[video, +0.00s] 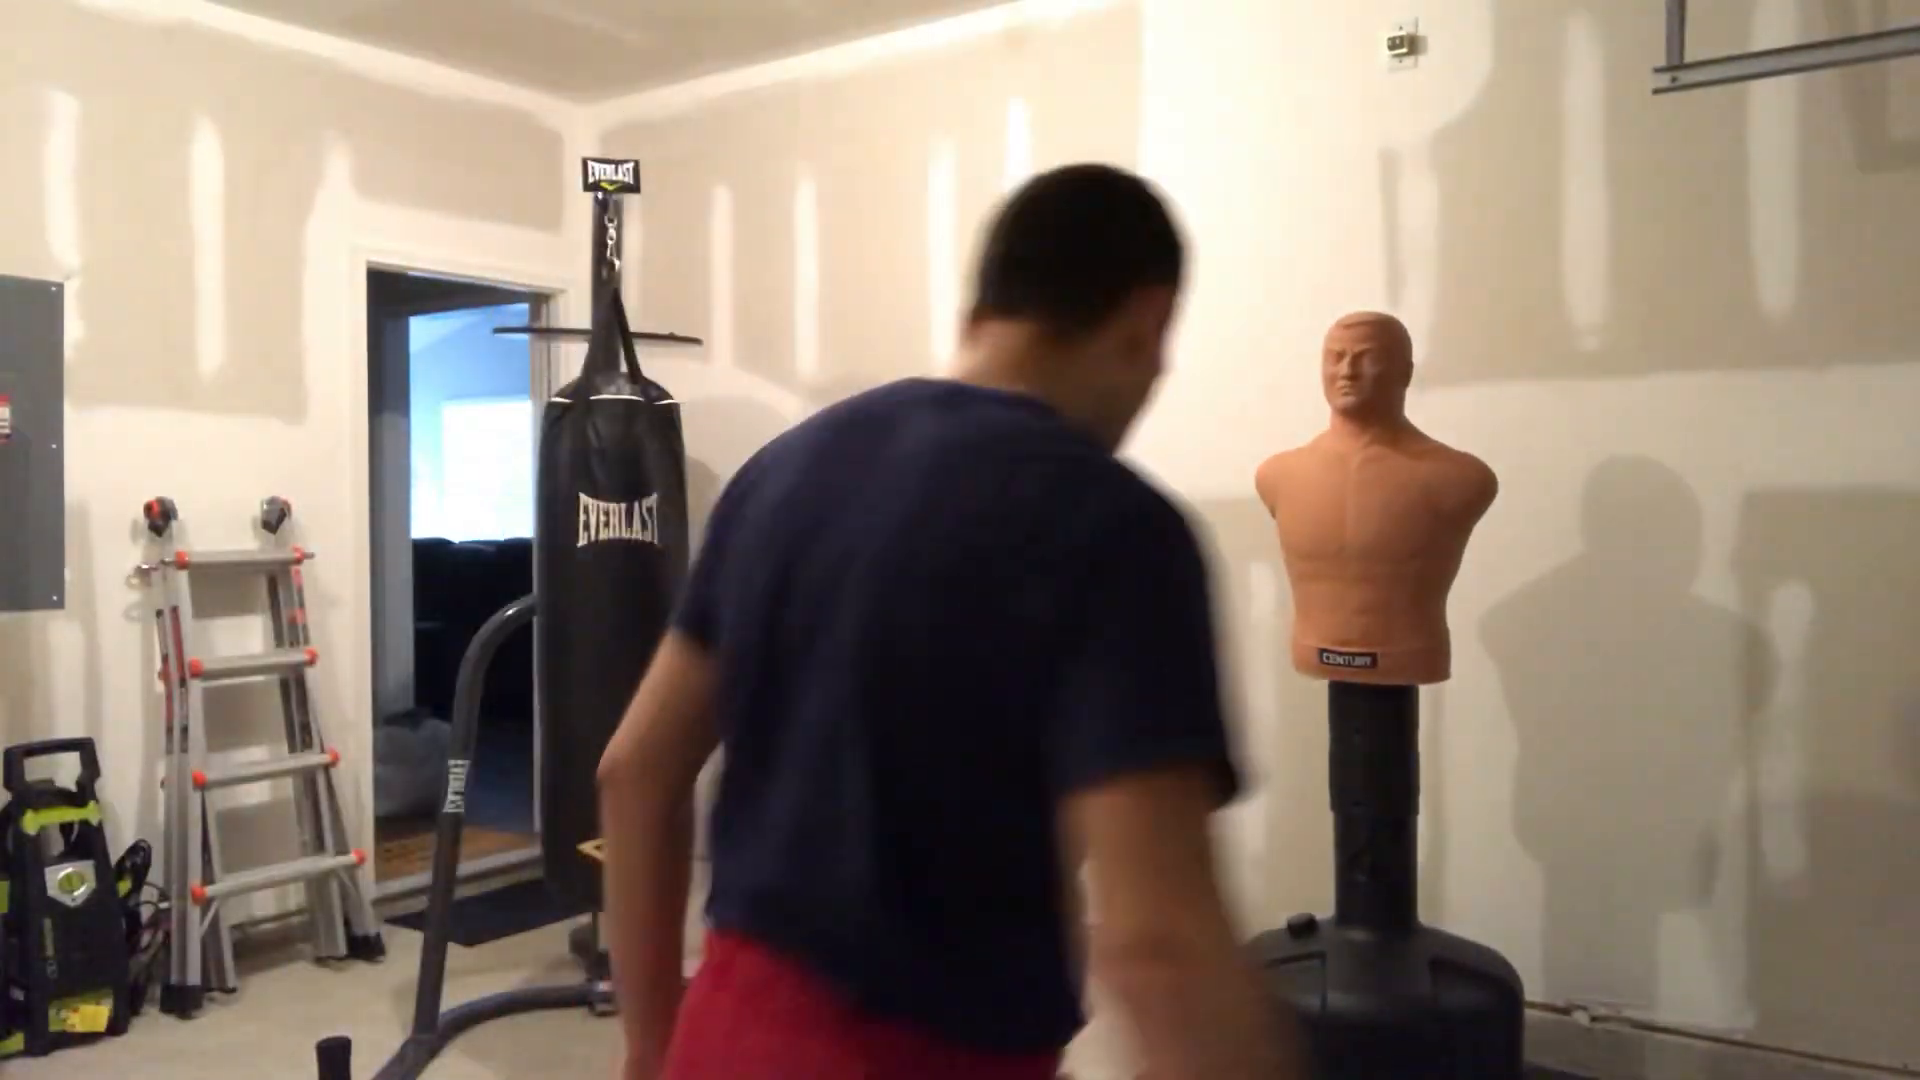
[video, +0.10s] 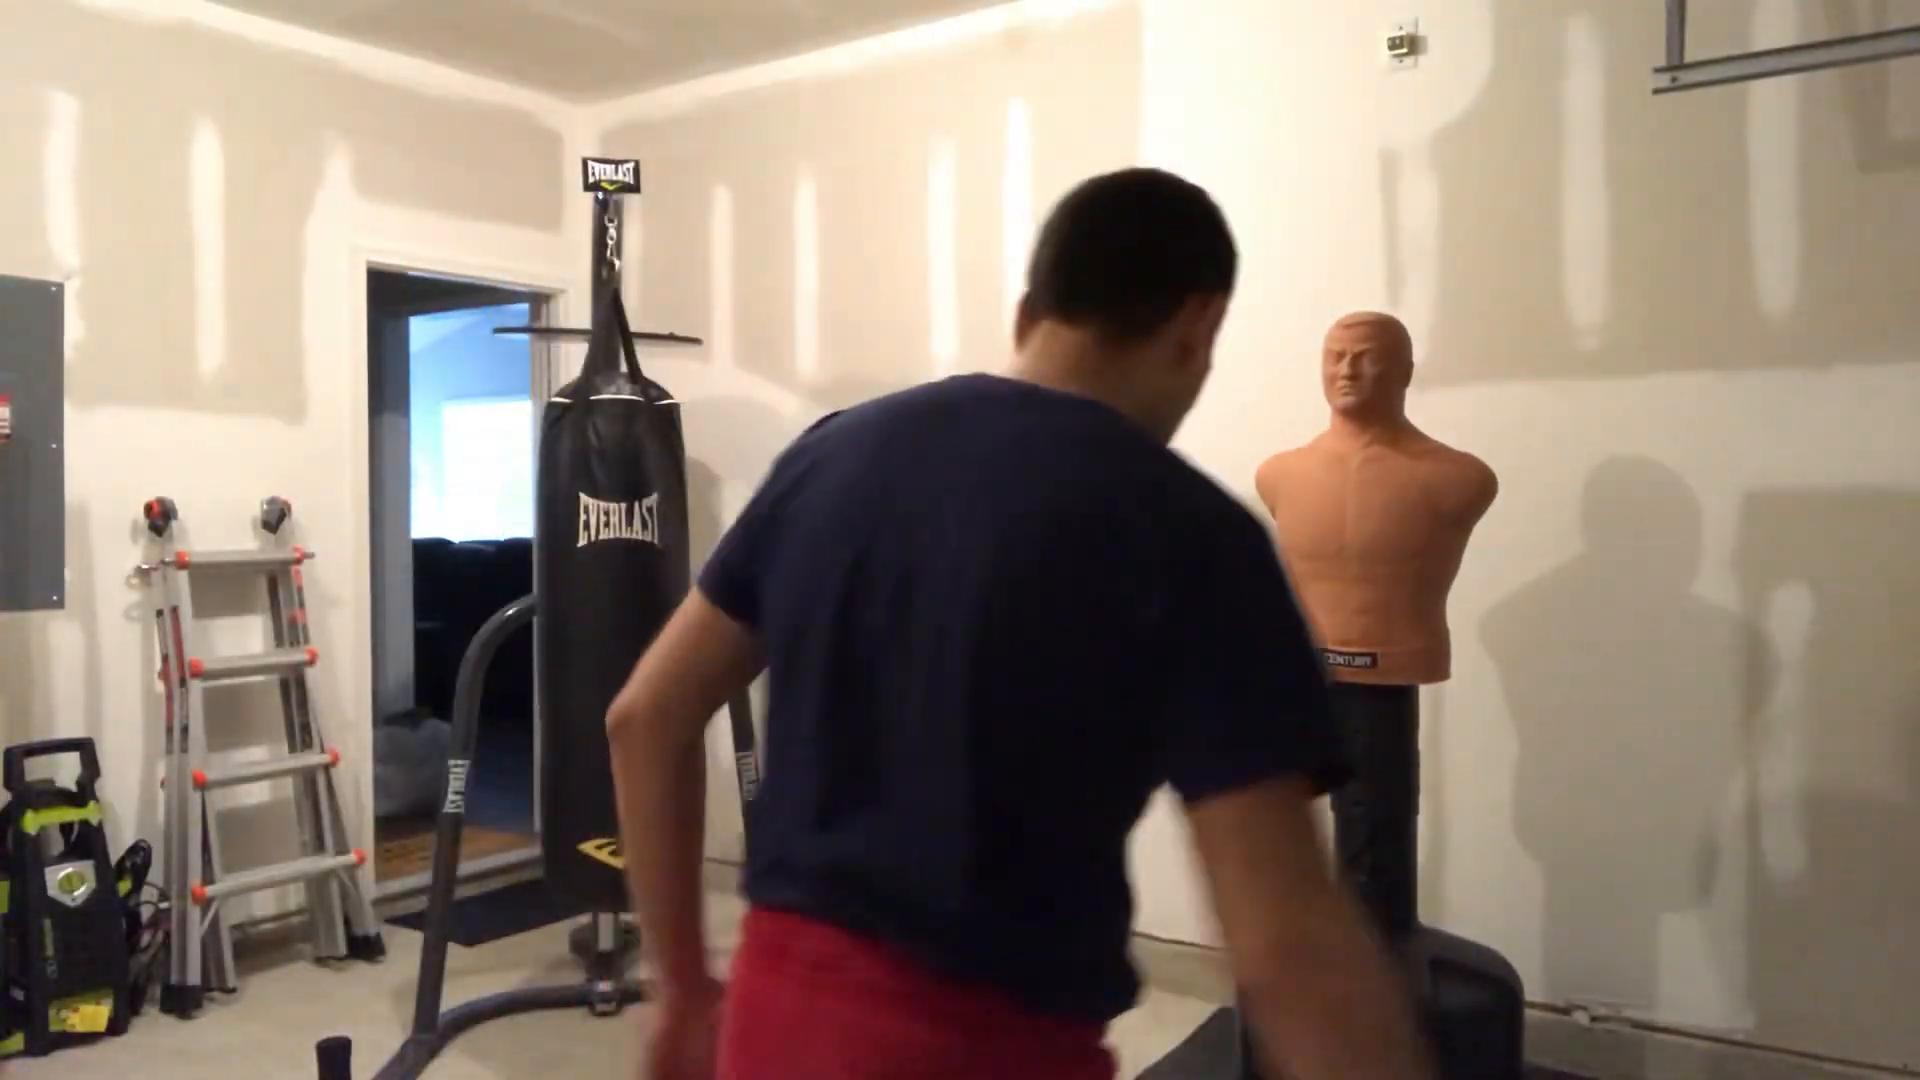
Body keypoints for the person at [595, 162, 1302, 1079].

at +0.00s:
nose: (1158, 371)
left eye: (1164, 345)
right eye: (1165, 339)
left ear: (983, 304)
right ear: (1146, 324)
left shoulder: (791, 468)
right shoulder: (1111, 526)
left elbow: (638, 770)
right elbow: (1155, 944)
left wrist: (650, 1043)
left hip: (736, 1015)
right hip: (958, 1041)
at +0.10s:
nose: (1203, 385)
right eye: (1210, 352)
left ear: (1025, 312)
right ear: (1198, 325)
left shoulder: (842, 450)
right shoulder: (1192, 534)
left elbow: (648, 717)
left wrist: (679, 982)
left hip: (778, 1005)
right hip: (1008, 1034)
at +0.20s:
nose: (1212, 372)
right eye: (1223, 345)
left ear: (1036, 320)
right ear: (1210, 323)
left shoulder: (871, 441)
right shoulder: (1230, 520)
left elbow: (658, 691)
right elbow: (1339, 903)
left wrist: (757, 916)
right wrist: (1449, 1064)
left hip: (818, 978)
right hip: (1040, 1012)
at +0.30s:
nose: (1207, 354)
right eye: (1215, 328)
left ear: (1032, 317)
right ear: (1205, 319)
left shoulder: (883, 443)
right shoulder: (1248, 505)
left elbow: (680, 687)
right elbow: (1353, 845)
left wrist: (802, 863)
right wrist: (1406, 1032)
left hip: (860, 957)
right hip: (1083, 988)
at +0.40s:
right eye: (1193, 334)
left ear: (1019, 329)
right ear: (1184, 328)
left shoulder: (884, 458)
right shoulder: (1242, 505)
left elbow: (695, 690)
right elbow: (1356, 847)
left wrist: (816, 844)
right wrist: (1341, 998)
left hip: (891, 974)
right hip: (1115, 992)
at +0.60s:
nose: (1110, 383)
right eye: (1114, 364)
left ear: (965, 364)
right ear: (1108, 361)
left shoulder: (853, 495)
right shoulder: (1173, 508)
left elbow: (711, 726)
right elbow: (1267, 794)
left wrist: (826, 850)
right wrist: (1238, 1011)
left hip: (902, 951)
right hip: (1097, 960)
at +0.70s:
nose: (1073, 373)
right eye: (1075, 353)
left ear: (935, 365)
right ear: (1065, 349)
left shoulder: (832, 487)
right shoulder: (1126, 482)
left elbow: (697, 707)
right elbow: (1194, 744)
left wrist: (831, 827)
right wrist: (1184, 956)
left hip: (890, 930)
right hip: (1062, 934)